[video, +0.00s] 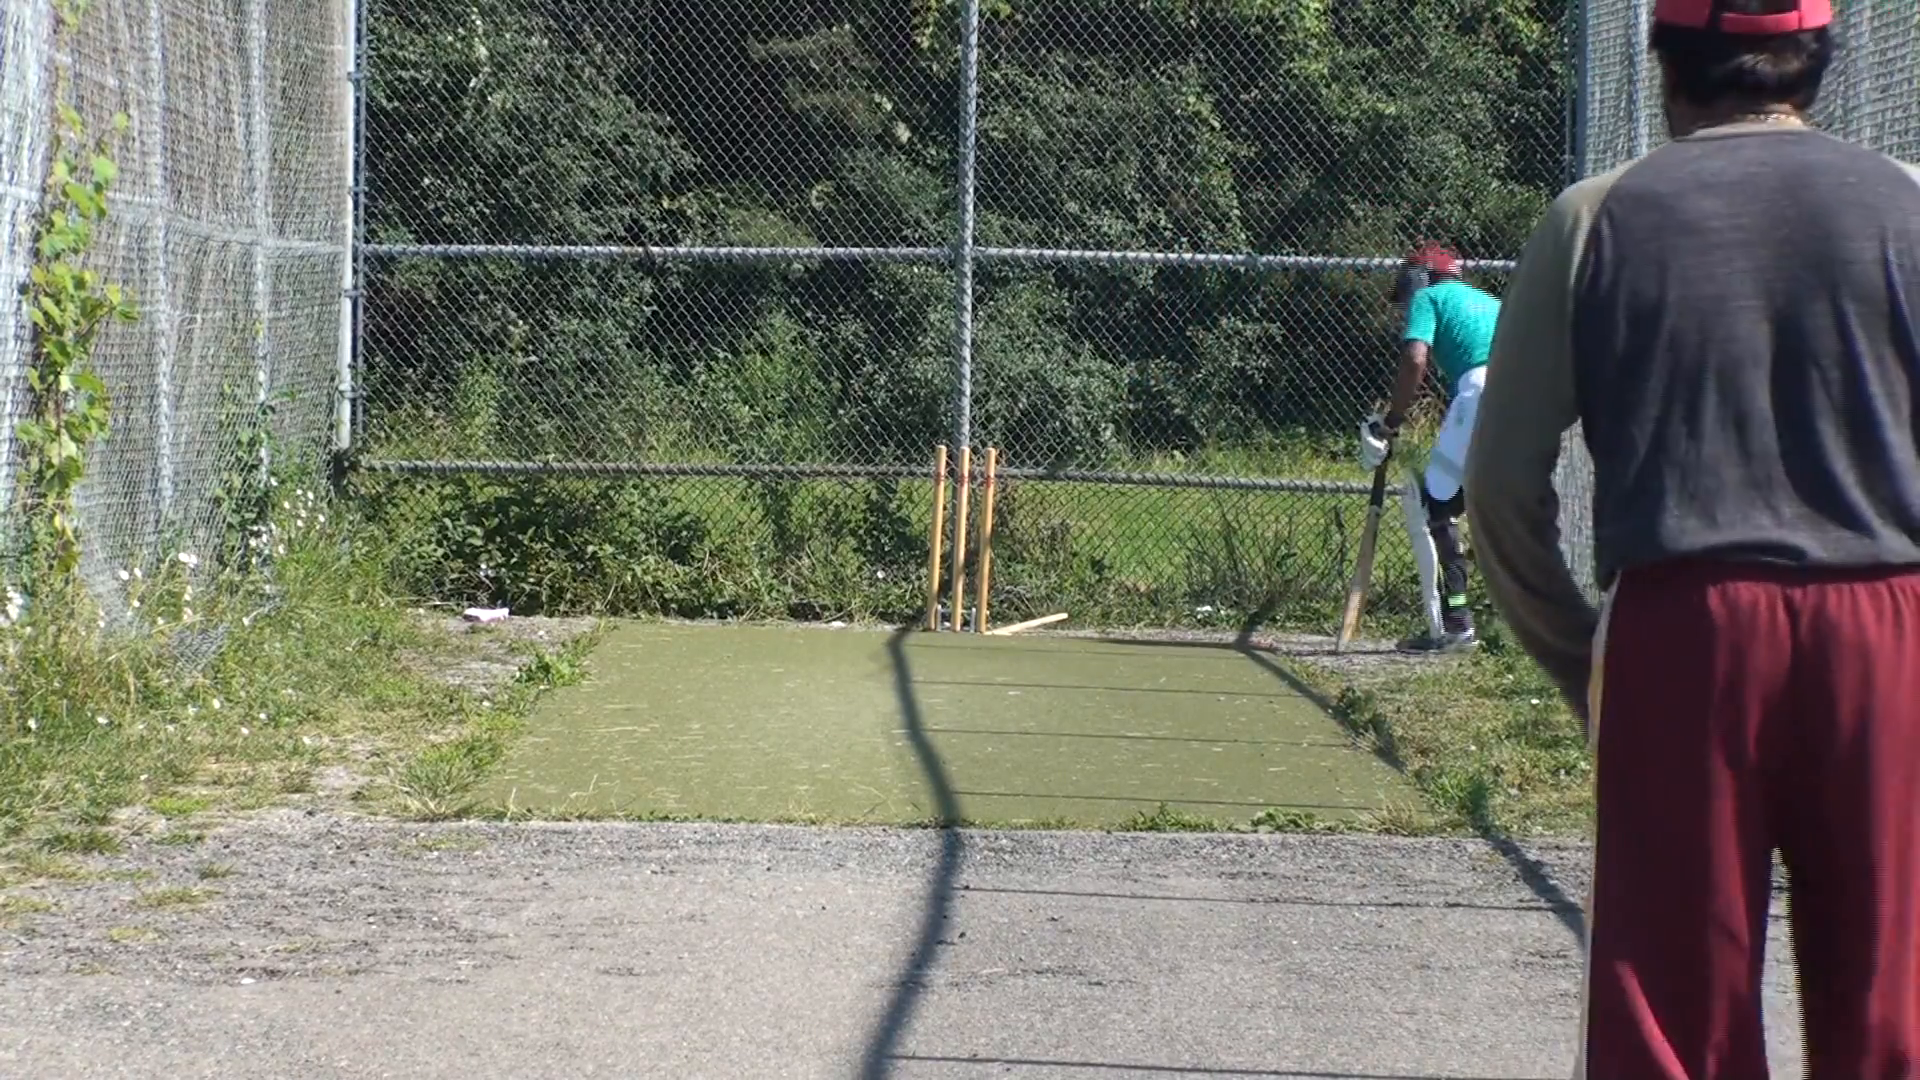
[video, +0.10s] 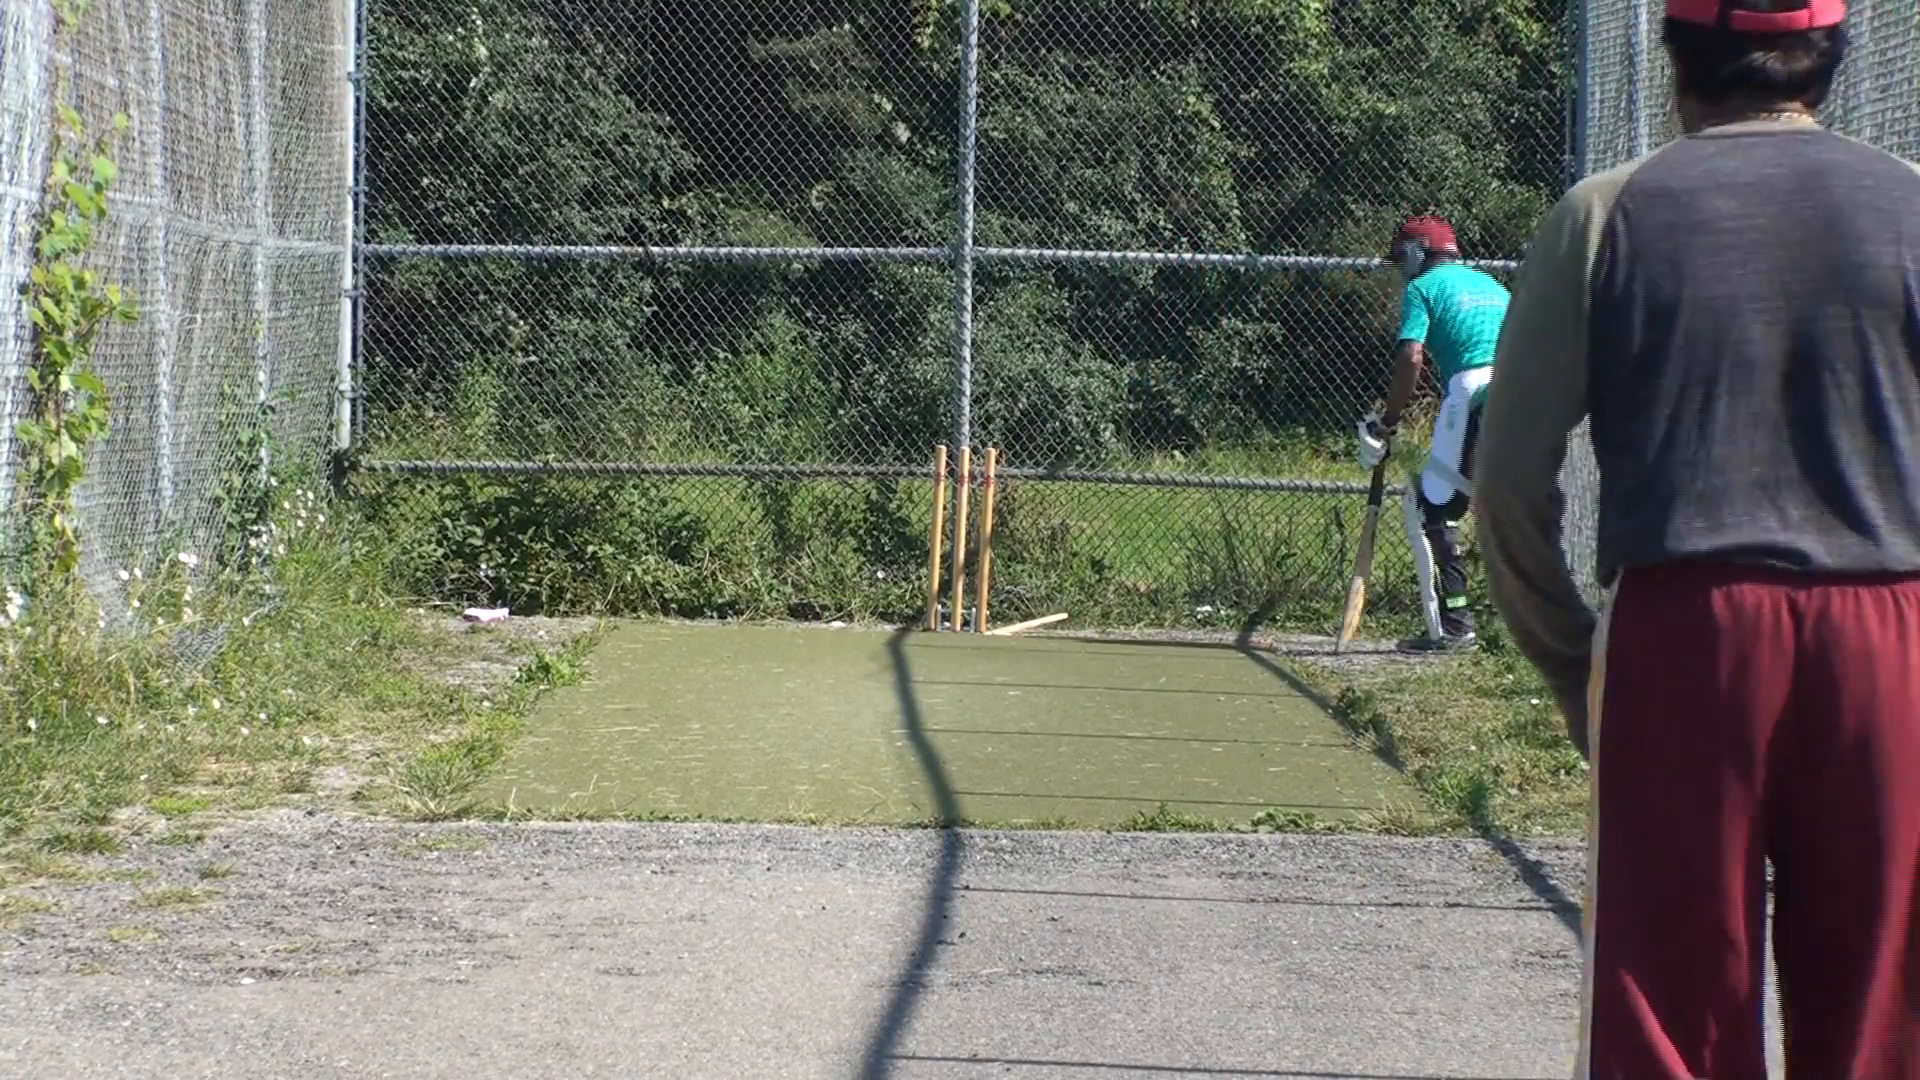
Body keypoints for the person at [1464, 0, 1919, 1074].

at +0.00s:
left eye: (1659, 61)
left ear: (1667, 72)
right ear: (1817, 68)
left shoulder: (1593, 218)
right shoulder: (1899, 199)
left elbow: (1500, 482)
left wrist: (1583, 658)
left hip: (1685, 637)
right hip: (1887, 637)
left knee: (1674, 994)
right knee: (1883, 990)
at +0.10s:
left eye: (1672, 52)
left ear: (1680, 68)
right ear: (1829, 67)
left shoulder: (1603, 212)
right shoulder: (1902, 196)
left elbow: (1508, 478)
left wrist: (1573, 659)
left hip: (1687, 642)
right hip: (1888, 644)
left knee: (1675, 1002)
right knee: (1876, 1000)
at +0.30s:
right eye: (1849, 38)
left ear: (1710, 57)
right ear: (1859, 66)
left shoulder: (1628, 203)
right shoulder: (1907, 196)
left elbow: (1547, 472)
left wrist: (1619, 635)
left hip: (1700, 629)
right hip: (1893, 632)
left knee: (1682, 982)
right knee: (1877, 985)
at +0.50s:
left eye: (1735, 37)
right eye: (1869, 40)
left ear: (1735, 54)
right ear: (1881, 66)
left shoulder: (1652, 201)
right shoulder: (1912, 190)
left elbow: (1585, 458)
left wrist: (1650, 615)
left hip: (1723, 625)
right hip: (1902, 629)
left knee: (1696, 962)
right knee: (1890, 968)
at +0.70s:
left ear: (1747, 61)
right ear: (1890, 72)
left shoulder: (1666, 202)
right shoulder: (1915, 188)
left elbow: (1596, 464)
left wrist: (1665, 630)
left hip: (1740, 624)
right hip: (1908, 624)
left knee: (1714, 964)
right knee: (1900, 965)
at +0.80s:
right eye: (1875, 44)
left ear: (1750, 59)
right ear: (1894, 71)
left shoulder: (1668, 198)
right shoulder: (1913, 184)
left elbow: (1580, 463)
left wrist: (1652, 608)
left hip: (1741, 626)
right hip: (1908, 628)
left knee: (1710, 981)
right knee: (1899, 983)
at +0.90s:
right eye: (1887, 29)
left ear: (1749, 52)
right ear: (1898, 55)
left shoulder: (1676, 192)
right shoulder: (1918, 183)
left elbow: (1524, 420)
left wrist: (1599, 517)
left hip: (1741, 636)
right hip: (1912, 638)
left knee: (1710, 992)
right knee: (1902, 996)